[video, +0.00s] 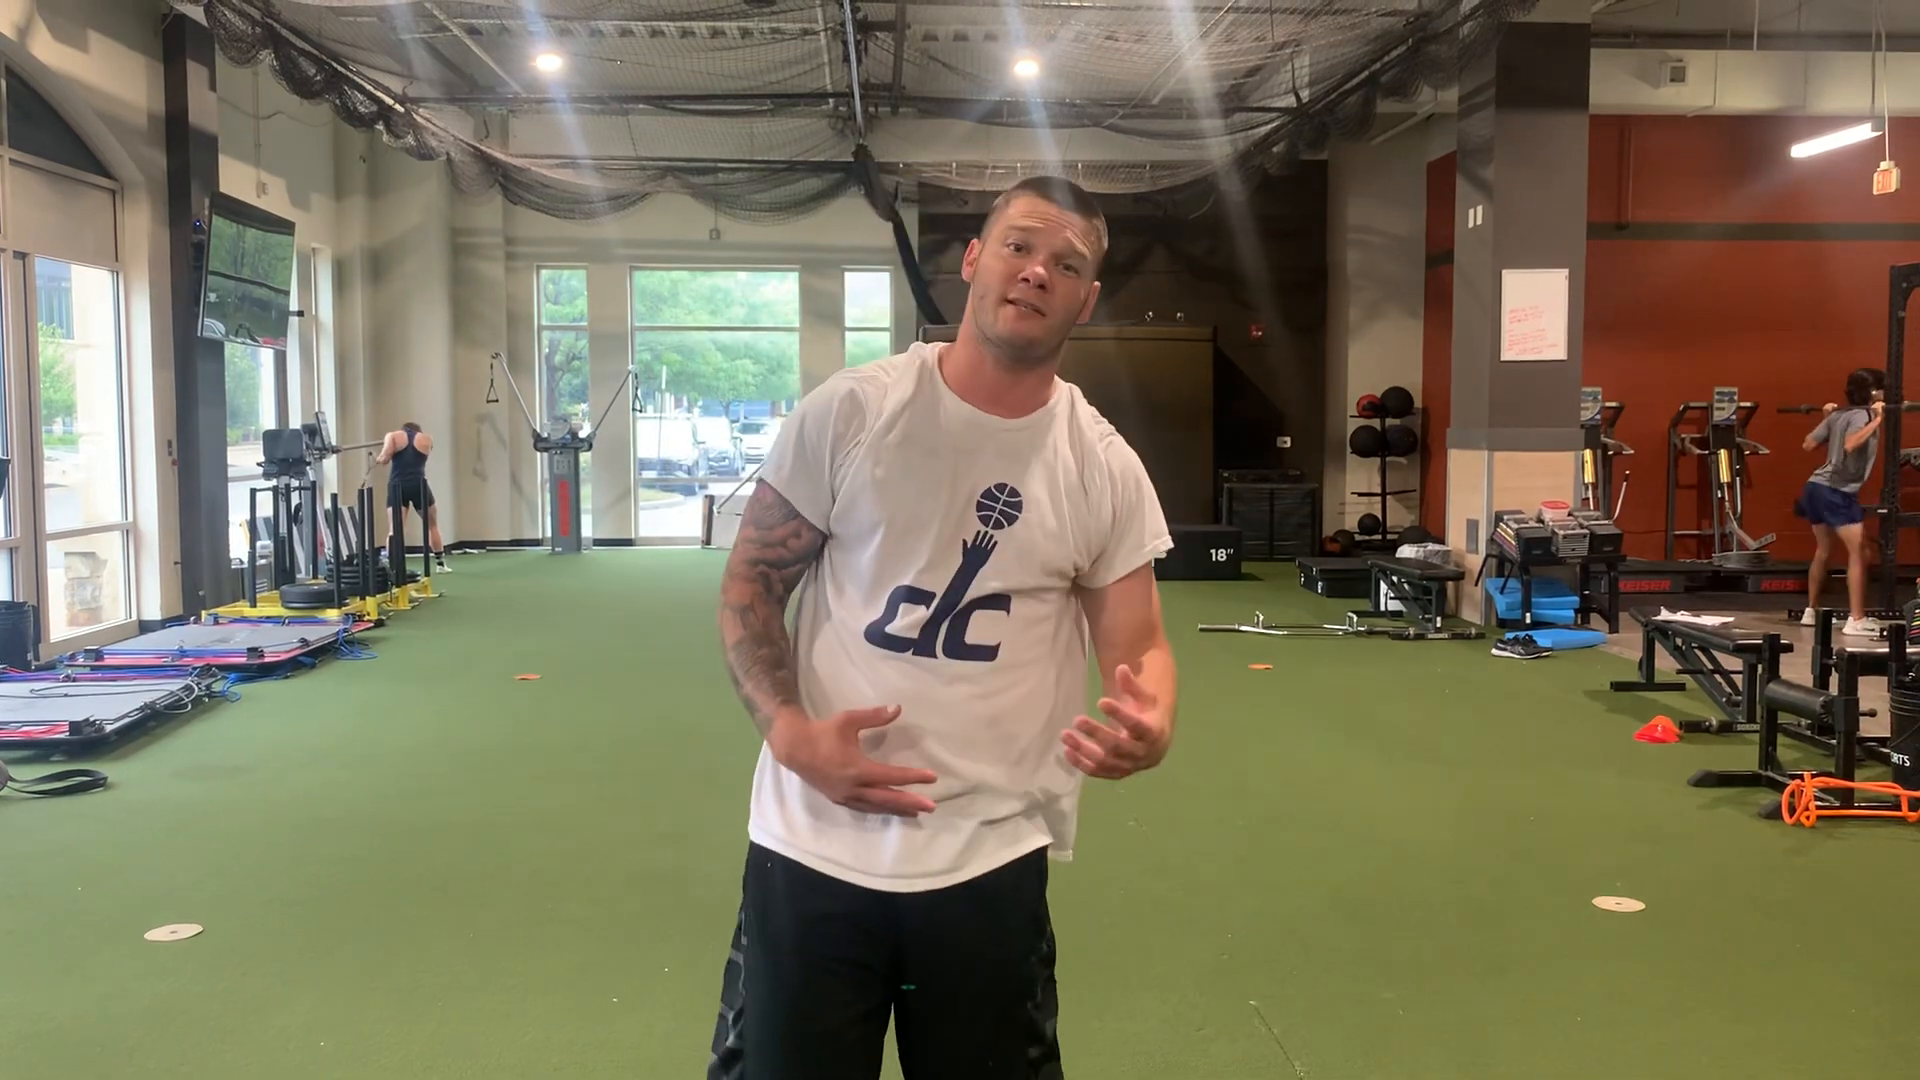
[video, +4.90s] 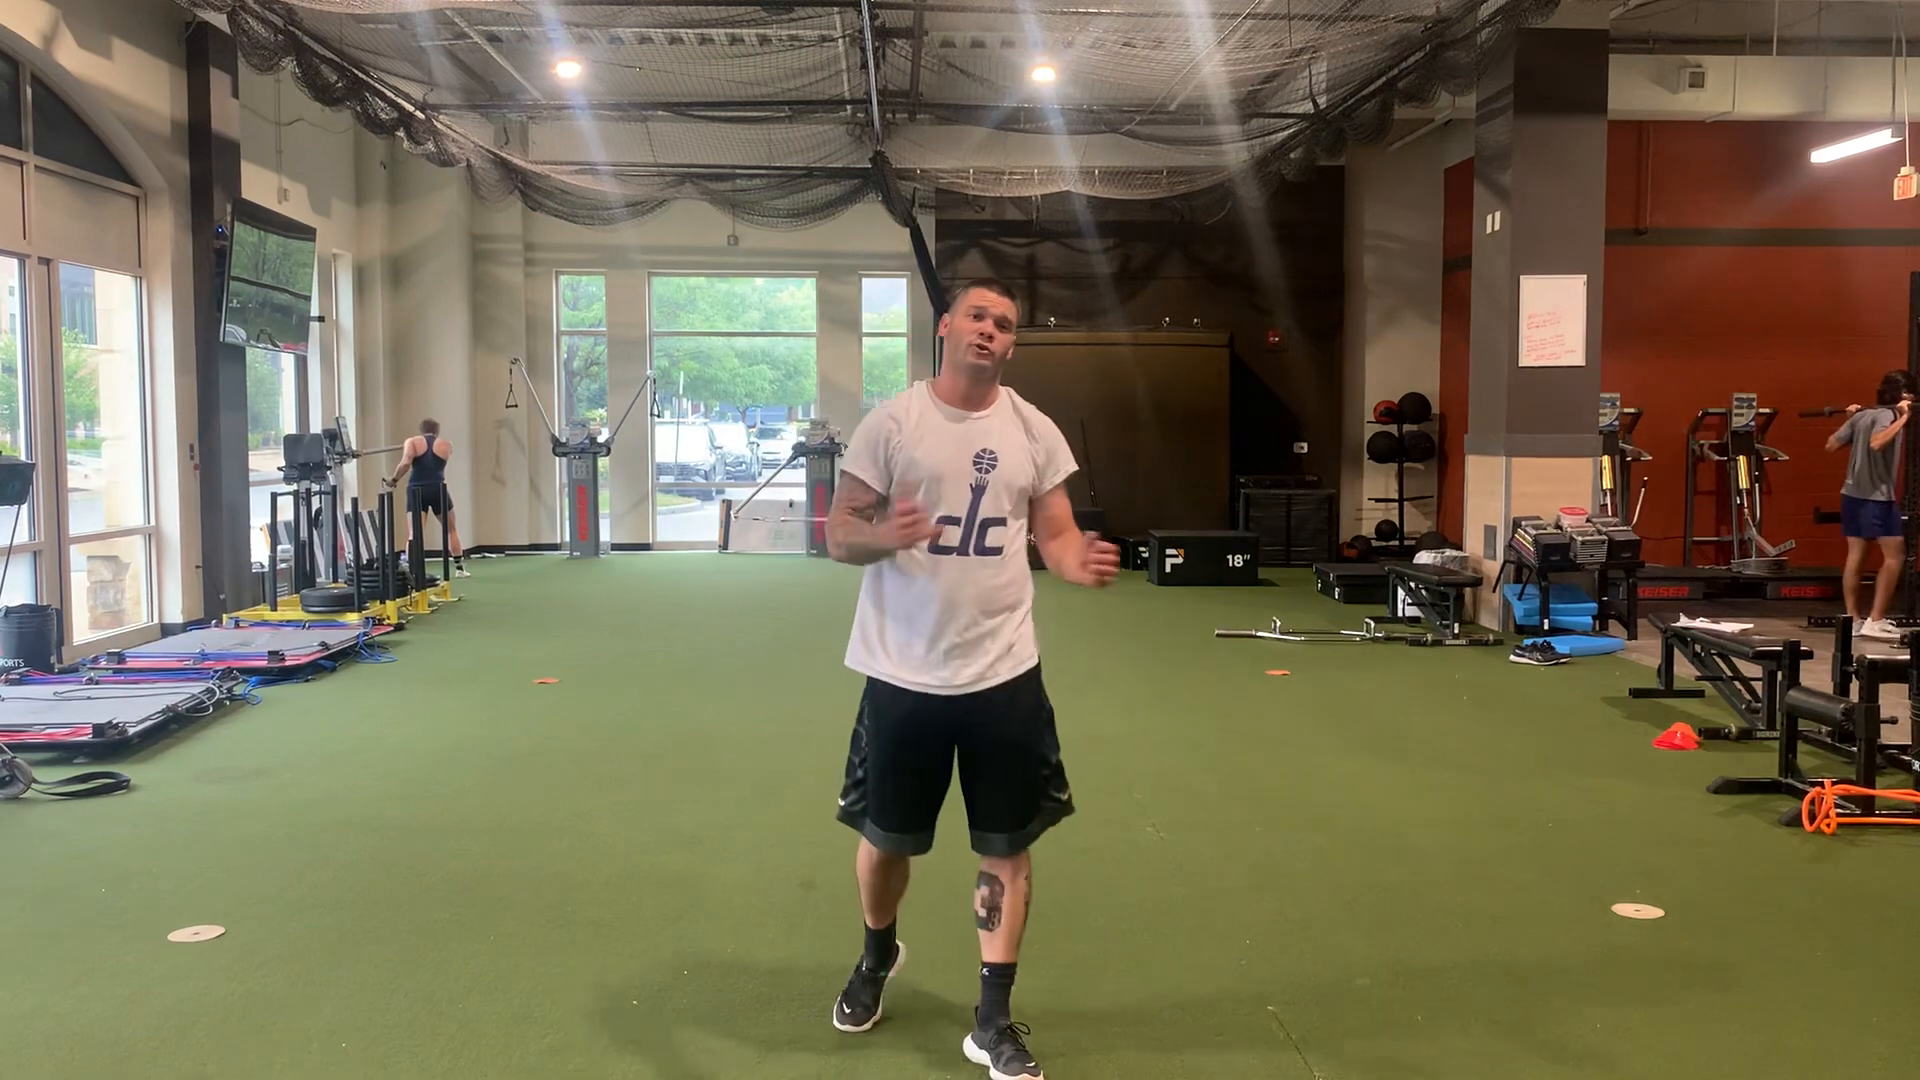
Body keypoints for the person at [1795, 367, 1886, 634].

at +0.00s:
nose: (1883, 396)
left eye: (1883, 391)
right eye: (1881, 391)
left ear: (1852, 393)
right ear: (1870, 393)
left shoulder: (1837, 416)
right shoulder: (1862, 416)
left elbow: (1808, 444)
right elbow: (1850, 444)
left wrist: (1826, 416)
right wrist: (1877, 419)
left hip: (1815, 488)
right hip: (1837, 493)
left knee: (1822, 550)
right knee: (1857, 551)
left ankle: (1810, 610)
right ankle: (1857, 619)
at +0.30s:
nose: (1882, 430)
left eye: (1882, 426)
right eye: (1880, 425)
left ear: (1850, 425)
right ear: (1871, 428)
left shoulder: (1838, 448)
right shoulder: (1861, 449)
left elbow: (1807, 475)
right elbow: (1847, 477)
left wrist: (1826, 450)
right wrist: (1876, 455)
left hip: (1813, 516)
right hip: (1837, 522)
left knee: (1841, 560)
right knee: (1890, 561)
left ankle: (1814, 611)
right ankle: (1860, 619)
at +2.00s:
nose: (1888, 468)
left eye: (1888, 462)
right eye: (1886, 463)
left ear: (1857, 465)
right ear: (1877, 467)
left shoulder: (1842, 485)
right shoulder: (1866, 487)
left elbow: (1811, 513)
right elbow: (1849, 515)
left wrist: (1833, 488)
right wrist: (1880, 493)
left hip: (1813, 551)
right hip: (1838, 556)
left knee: (1851, 571)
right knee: (1902, 572)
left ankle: (1819, 615)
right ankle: (1864, 624)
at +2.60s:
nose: (1891, 429)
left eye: (1891, 425)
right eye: (1889, 424)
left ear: (1861, 424)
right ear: (1881, 426)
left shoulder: (1846, 448)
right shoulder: (1870, 448)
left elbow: (1816, 475)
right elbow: (1855, 475)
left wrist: (1834, 449)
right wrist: (1884, 453)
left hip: (1824, 517)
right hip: (1846, 521)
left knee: (1848, 566)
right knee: (1894, 568)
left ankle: (1821, 620)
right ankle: (1868, 628)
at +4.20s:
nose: (1912, 399)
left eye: (1912, 395)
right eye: (1911, 394)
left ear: (1883, 394)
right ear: (1903, 396)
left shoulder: (1864, 418)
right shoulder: (1890, 417)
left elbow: (1835, 447)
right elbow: (1877, 444)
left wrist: (1852, 418)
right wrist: (1905, 419)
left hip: (1858, 496)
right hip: (1880, 499)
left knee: (1857, 555)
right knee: (1875, 561)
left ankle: (1837, 613)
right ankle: (1876, 625)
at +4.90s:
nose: (1911, 399)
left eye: (1911, 395)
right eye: (1909, 395)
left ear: (1881, 393)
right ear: (1902, 396)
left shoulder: (1861, 416)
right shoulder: (1889, 416)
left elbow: (1831, 445)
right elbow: (1875, 443)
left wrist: (1849, 418)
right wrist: (1903, 419)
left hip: (1851, 496)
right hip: (1878, 499)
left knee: (1854, 556)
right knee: (1894, 558)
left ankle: (1852, 619)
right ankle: (1876, 621)